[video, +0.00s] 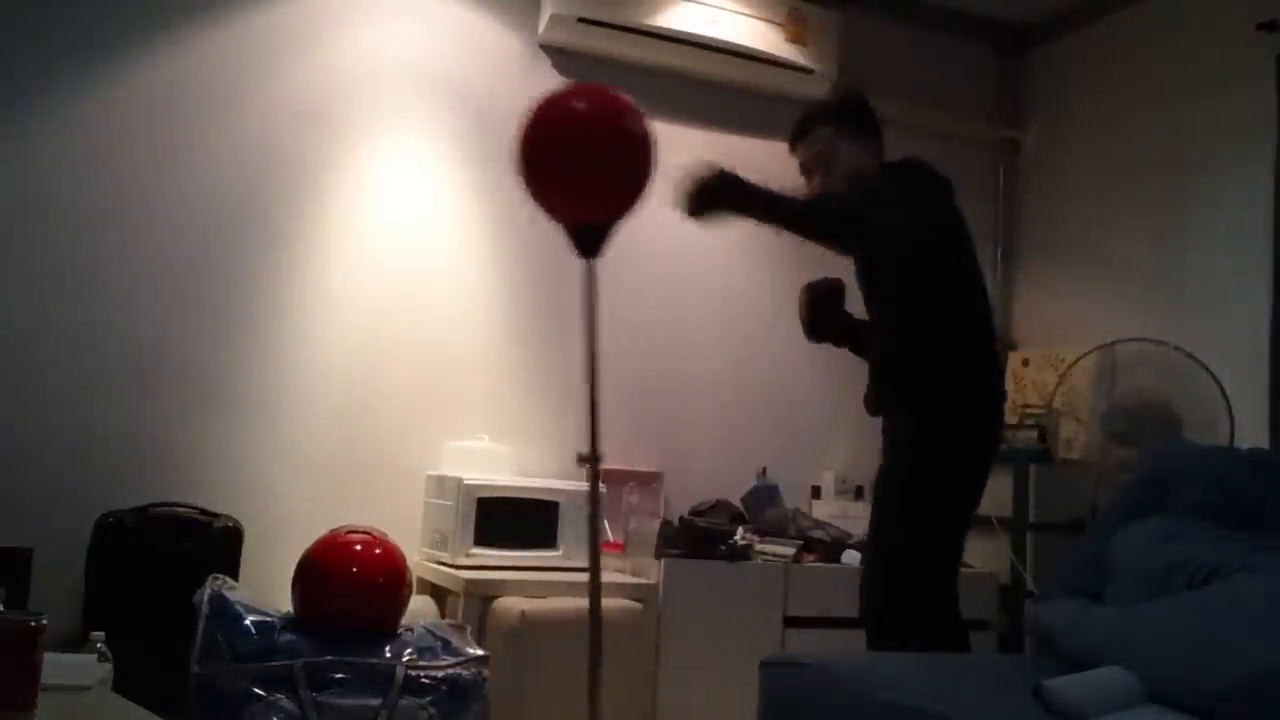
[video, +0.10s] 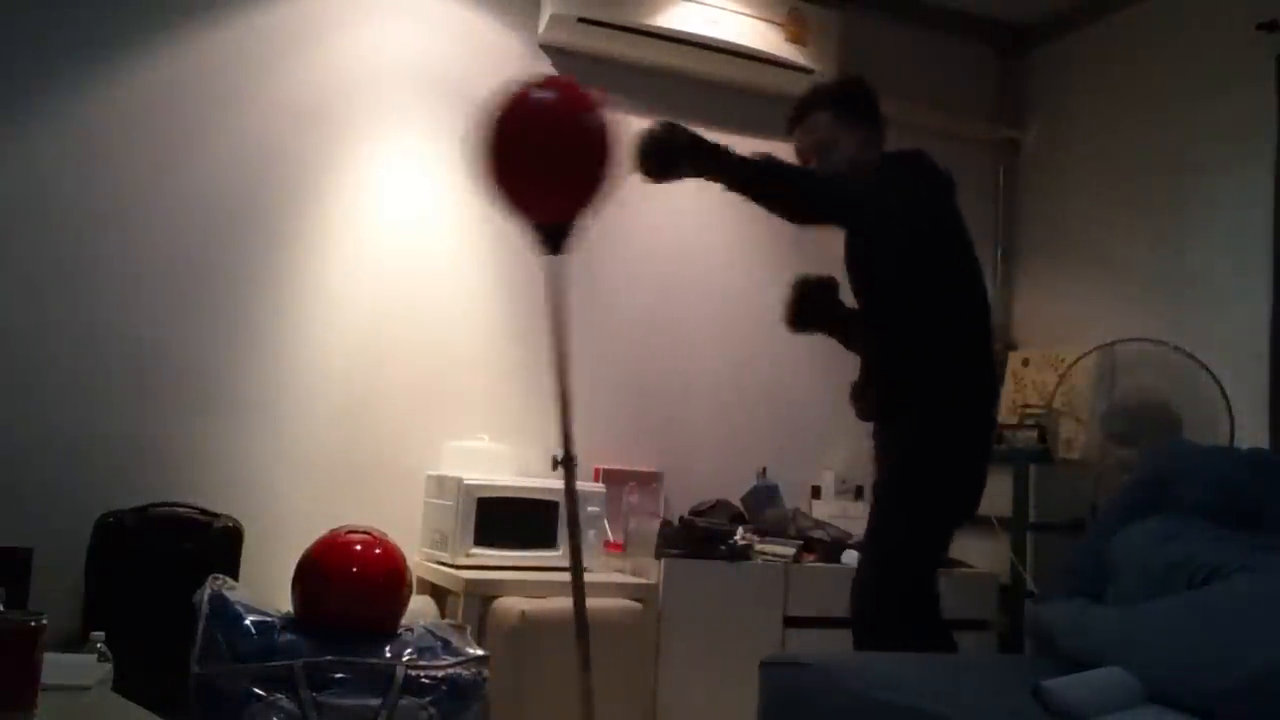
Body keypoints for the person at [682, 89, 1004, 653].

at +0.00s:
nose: (814, 185)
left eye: (820, 166)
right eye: (808, 174)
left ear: (858, 146)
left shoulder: (909, 188)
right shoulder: (889, 218)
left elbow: (840, 221)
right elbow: (906, 351)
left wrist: (738, 196)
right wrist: (839, 325)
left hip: (941, 417)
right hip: (937, 418)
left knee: (895, 593)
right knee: (920, 592)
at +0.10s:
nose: (815, 171)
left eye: (821, 152)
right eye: (805, 161)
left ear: (859, 134)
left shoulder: (907, 183)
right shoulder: (881, 211)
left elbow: (811, 196)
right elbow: (898, 341)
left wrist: (703, 157)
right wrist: (833, 316)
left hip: (941, 426)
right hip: (919, 427)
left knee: (886, 601)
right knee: (900, 599)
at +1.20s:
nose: (805, 166)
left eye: (819, 147)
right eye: (796, 152)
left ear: (859, 139)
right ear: (787, 153)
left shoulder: (919, 208)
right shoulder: (821, 236)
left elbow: (1000, 307)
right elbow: (815, 337)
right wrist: (800, 356)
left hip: (912, 432)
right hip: (852, 433)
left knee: (879, 607)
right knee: (853, 605)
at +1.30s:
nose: (822, 152)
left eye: (837, 134)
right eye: (813, 138)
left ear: (877, 132)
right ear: (804, 140)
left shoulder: (931, 211)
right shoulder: (822, 213)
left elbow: (1014, 313)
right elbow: (803, 298)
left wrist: (949, 361)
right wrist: (798, 349)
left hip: (908, 428)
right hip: (842, 424)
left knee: (881, 606)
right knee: (847, 604)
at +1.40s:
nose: (835, 140)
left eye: (851, 121)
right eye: (825, 124)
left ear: (891, 124)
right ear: (817, 130)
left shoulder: (941, 210)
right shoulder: (832, 211)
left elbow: (1010, 314)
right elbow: (798, 299)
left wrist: (947, 370)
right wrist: (800, 351)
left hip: (907, 421)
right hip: (840, 420)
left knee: (882, 609)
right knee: (846, 606)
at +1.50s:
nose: (842, 134)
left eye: (859, 117)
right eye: (834, 119)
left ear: (902, 123)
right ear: (824, 125)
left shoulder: (948, 216)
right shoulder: (832, 211)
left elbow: (998, 325)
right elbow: (795, 299)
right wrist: (797, 341)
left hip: (909, 419)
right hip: (840, 419)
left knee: (886, 603)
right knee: (842, 600)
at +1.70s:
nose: (823, 183)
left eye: (833, 165)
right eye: (813, 170)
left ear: (869, 153)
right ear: (808, 168)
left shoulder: (929, 220)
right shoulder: (833, 232)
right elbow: (794, 337)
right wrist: (789, 261)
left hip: (908, 430)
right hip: (848, 429)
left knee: (876, 606)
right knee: (844, 603)